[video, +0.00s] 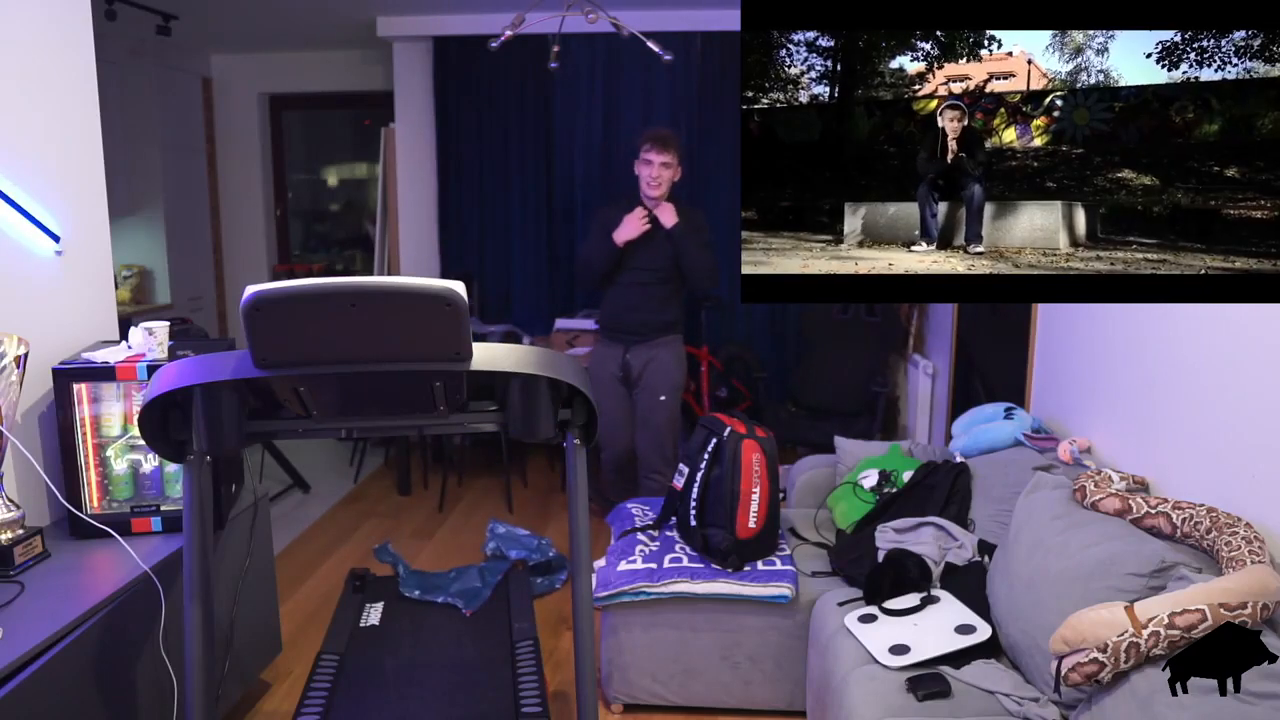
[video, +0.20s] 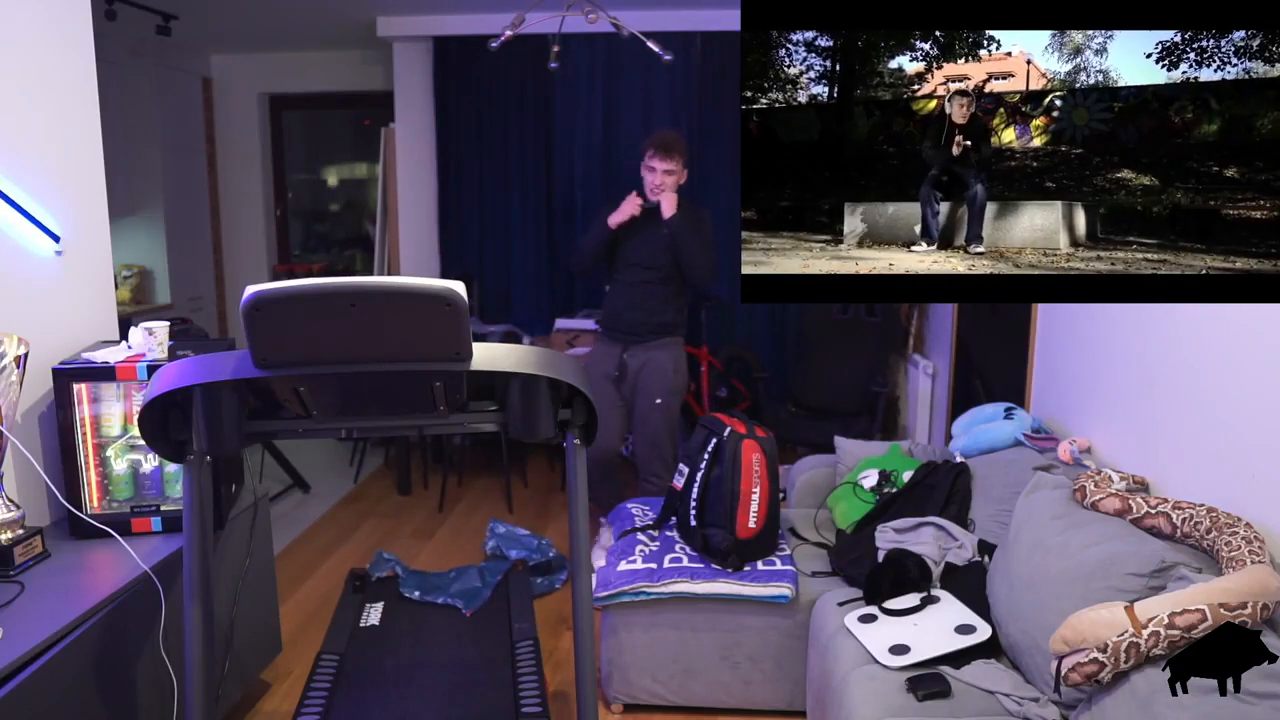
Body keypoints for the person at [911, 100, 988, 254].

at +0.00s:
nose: (955, 125)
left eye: (959, 120)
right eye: (951, 120)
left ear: (965, 121)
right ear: (942, 121)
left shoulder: (972, 136)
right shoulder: (934, 136)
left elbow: (978, 170)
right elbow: (923, 168)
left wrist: (958, 155)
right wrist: (947, 160)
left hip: (963, 181)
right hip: (941, 181)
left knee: (976, 190)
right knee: (925, 191)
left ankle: (973, 242)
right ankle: (928, 240)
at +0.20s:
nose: (965, 110)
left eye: (969, 106)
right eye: (961, 106)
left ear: (972, 108)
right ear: (950, 107)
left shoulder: (978, 125)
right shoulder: (938, 124)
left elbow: (985, 155)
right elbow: (929, 154)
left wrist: (969, 149)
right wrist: (951, 152)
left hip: (968, 171)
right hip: (943, 170)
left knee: (978, 192)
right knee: (928, 191)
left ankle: (974, 242)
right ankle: (929, 240)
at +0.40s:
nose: (913, 78)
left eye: (922, 72)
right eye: (908, 72)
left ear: (936, 80)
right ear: (901, 78)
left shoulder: (952, 122)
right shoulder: (887, 122)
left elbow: (959, 182)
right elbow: (869, 172)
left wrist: (910, 212)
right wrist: (895, 214)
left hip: (936, 239)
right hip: (893, 238)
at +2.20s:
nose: (909, 79)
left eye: (918, 72)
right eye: (904, 72)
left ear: (933, 80)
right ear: (897, 78)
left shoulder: (949, 123)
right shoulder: (883, 123)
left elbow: (955, 184)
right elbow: (865, 173)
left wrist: (906, 213)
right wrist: (890, 214)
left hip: (933, 240)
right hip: (890, 239)